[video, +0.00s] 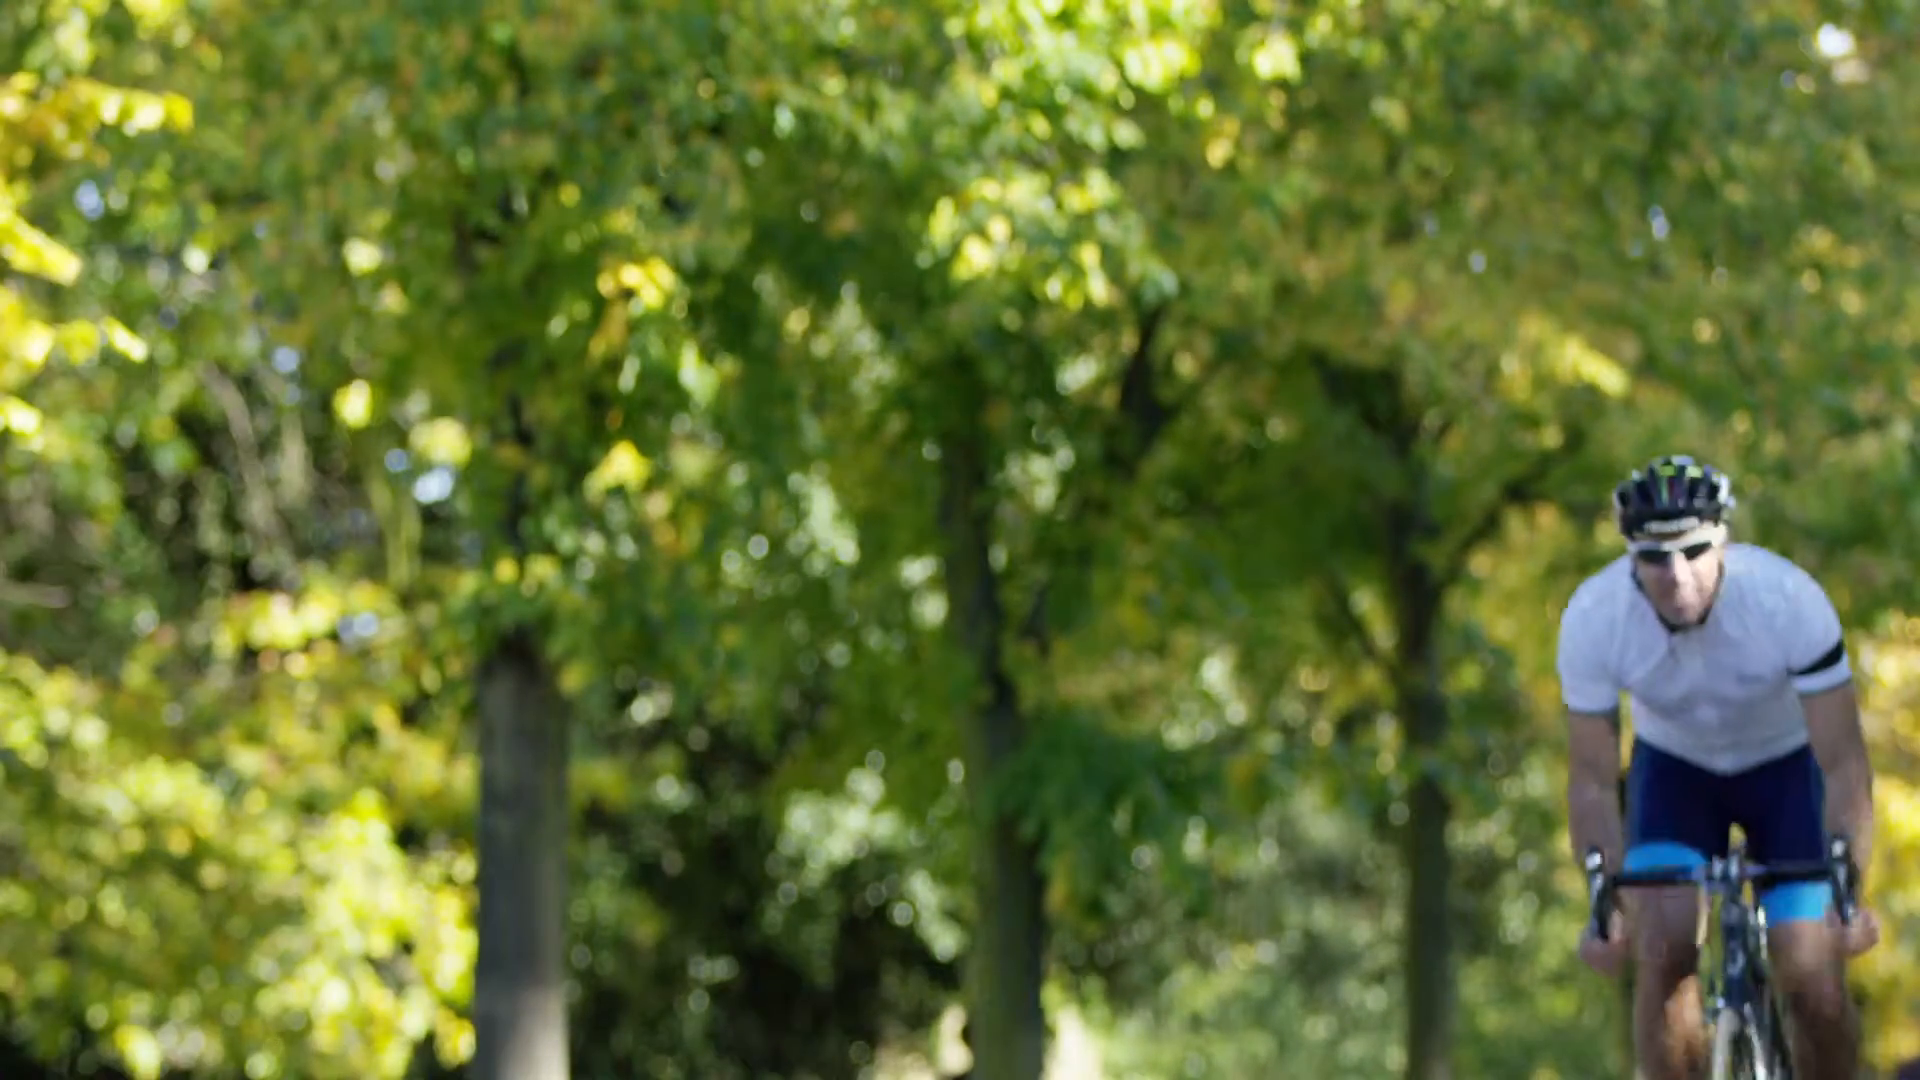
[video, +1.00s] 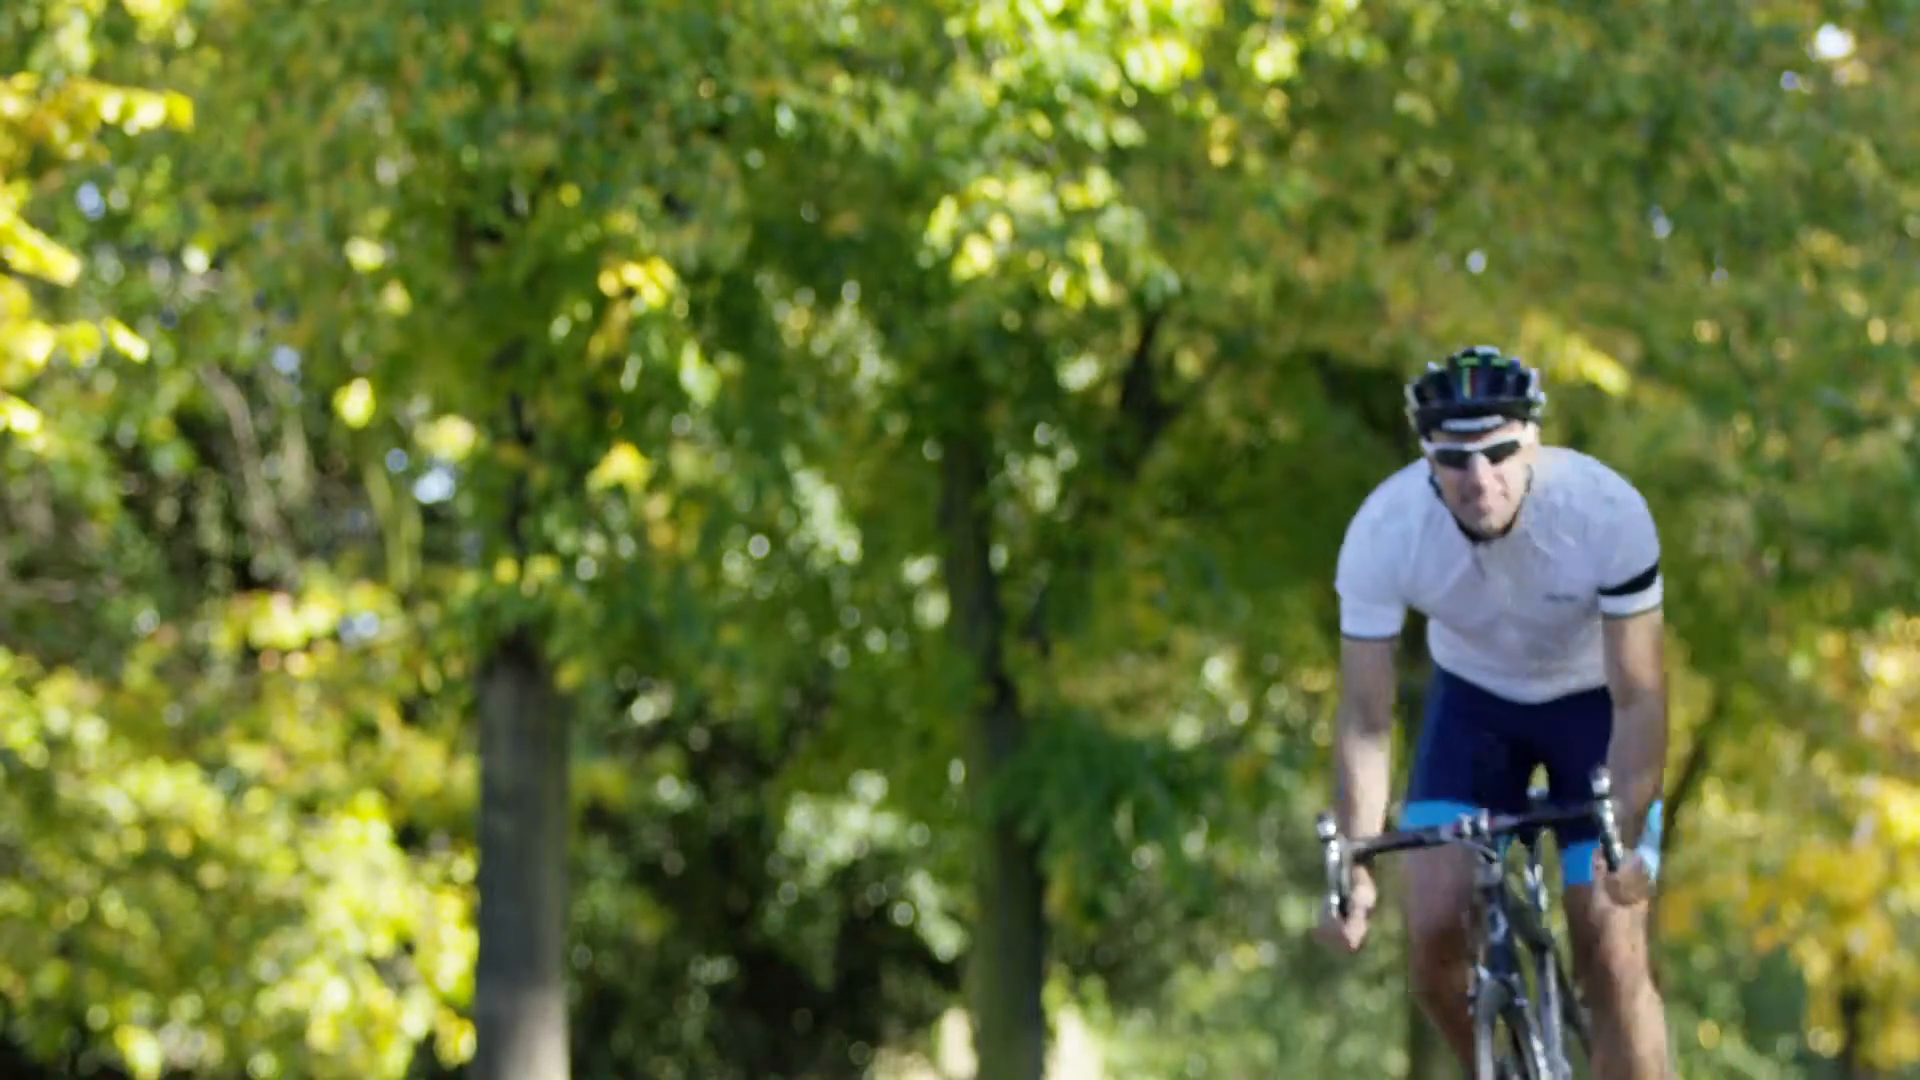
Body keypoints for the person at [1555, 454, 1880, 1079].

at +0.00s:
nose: (1676, 574)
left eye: (1694, 552)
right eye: (1655, 557)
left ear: (1722, 543)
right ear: (1632, 557)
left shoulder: (1789, 599)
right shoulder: (1594, 617)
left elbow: (1843, 755)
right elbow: (1591, 777)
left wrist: (1849, 890)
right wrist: (1605, 901)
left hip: (1784, 762)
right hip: (1671, 765)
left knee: (1811, 979)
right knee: (1664, 954)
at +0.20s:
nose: (1653, 558)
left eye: (1671, 536)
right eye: (1630, 541)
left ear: (1697, 530)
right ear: (1603, 541)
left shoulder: (1759, 586)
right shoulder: (1560, 606)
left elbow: (1813, 747)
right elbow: (1561, 763)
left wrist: (1829, 884)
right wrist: (1578, 887)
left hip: (1749, 758)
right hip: (1632, 774)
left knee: (1779, 936)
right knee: (1650, 975)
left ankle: (1820, 1070)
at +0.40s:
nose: (1624, 539)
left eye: (1641, 517)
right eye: (1600, 522)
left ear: (1668, 511)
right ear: (1573, 523)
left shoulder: (1728, 568)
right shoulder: (1526, 588)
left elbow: (1785, 732)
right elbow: (1521, 750)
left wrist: (1797, 875)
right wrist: (1537, 880)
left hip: (1716, 739)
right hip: (1600, 767)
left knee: (1752, 884)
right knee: (1621, 992)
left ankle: (1778, 1051)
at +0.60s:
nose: (1587, 516)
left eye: (1606, 493)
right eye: (1563, 498)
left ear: (1634, 486)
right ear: (1535, 497)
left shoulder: (1697, 549)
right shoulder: (1485, 566)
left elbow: (1747, 724)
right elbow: (1474, 734)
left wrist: (1745, 862)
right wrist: (1477, 875)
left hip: (1672, 715)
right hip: (1559, 739)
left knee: (1703, 860)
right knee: (1574, 988)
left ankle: (1725, 1059)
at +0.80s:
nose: (1537, 493)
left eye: (1557, 470)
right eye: (1514, 475)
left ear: (1587, 462)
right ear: (1485, 472)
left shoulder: (1655, 528)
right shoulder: (1438, 548)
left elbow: (1697, 709)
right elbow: (1423, 724)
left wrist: (1684, 850)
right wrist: (1414, 874)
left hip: (1634, 694)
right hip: (1515, 707)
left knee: (1646, 888)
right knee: (1509, 943)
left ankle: (1681, 1068)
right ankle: (1520, 1068)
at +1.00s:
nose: (1478, 479)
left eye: (1499, 454)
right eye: (1455, 460)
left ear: (1534, 442)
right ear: (1428, 456)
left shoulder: (1608, 513)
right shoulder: (1383, 532)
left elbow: (1639, 694)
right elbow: (1364, 718)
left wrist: (1626, 837)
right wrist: (1354, 862)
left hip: (1591, 701)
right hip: (1468, 698)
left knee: (1611, 945)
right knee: (1435, 930)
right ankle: (1484, 1068)